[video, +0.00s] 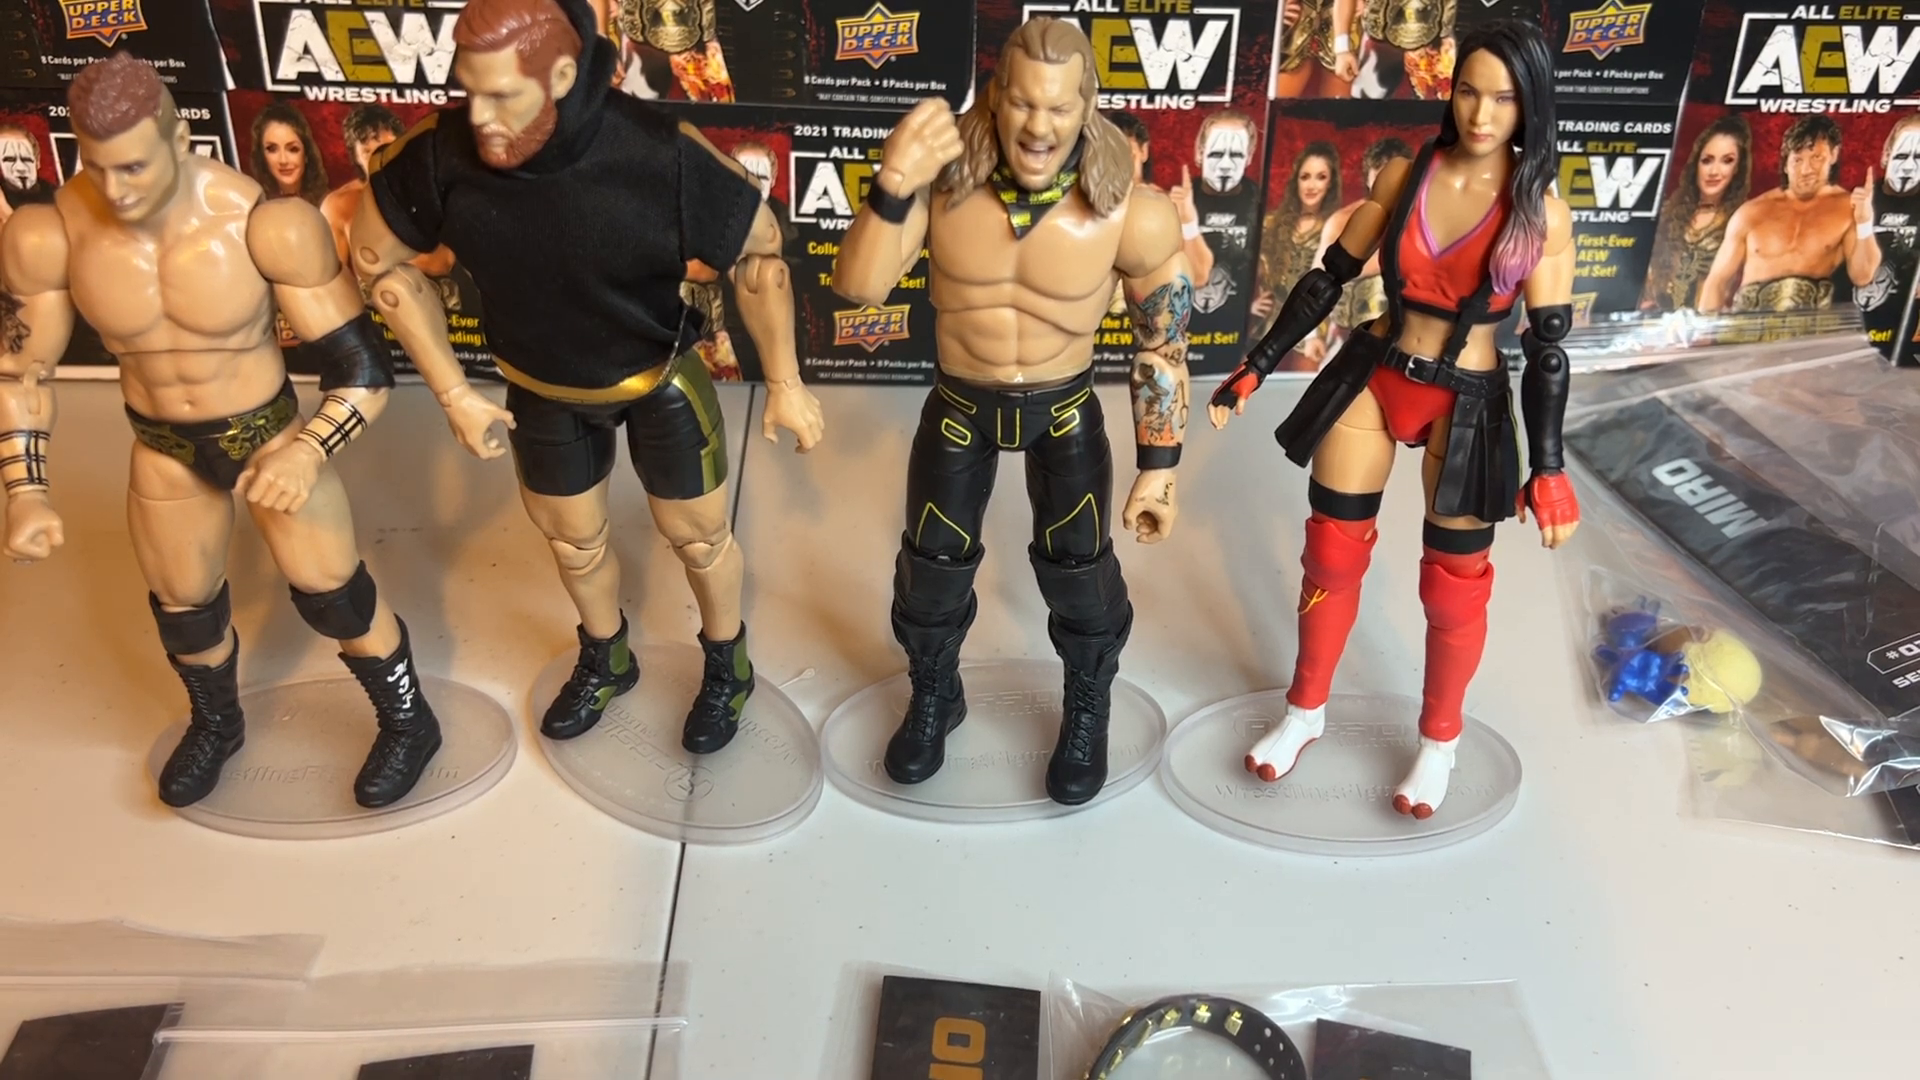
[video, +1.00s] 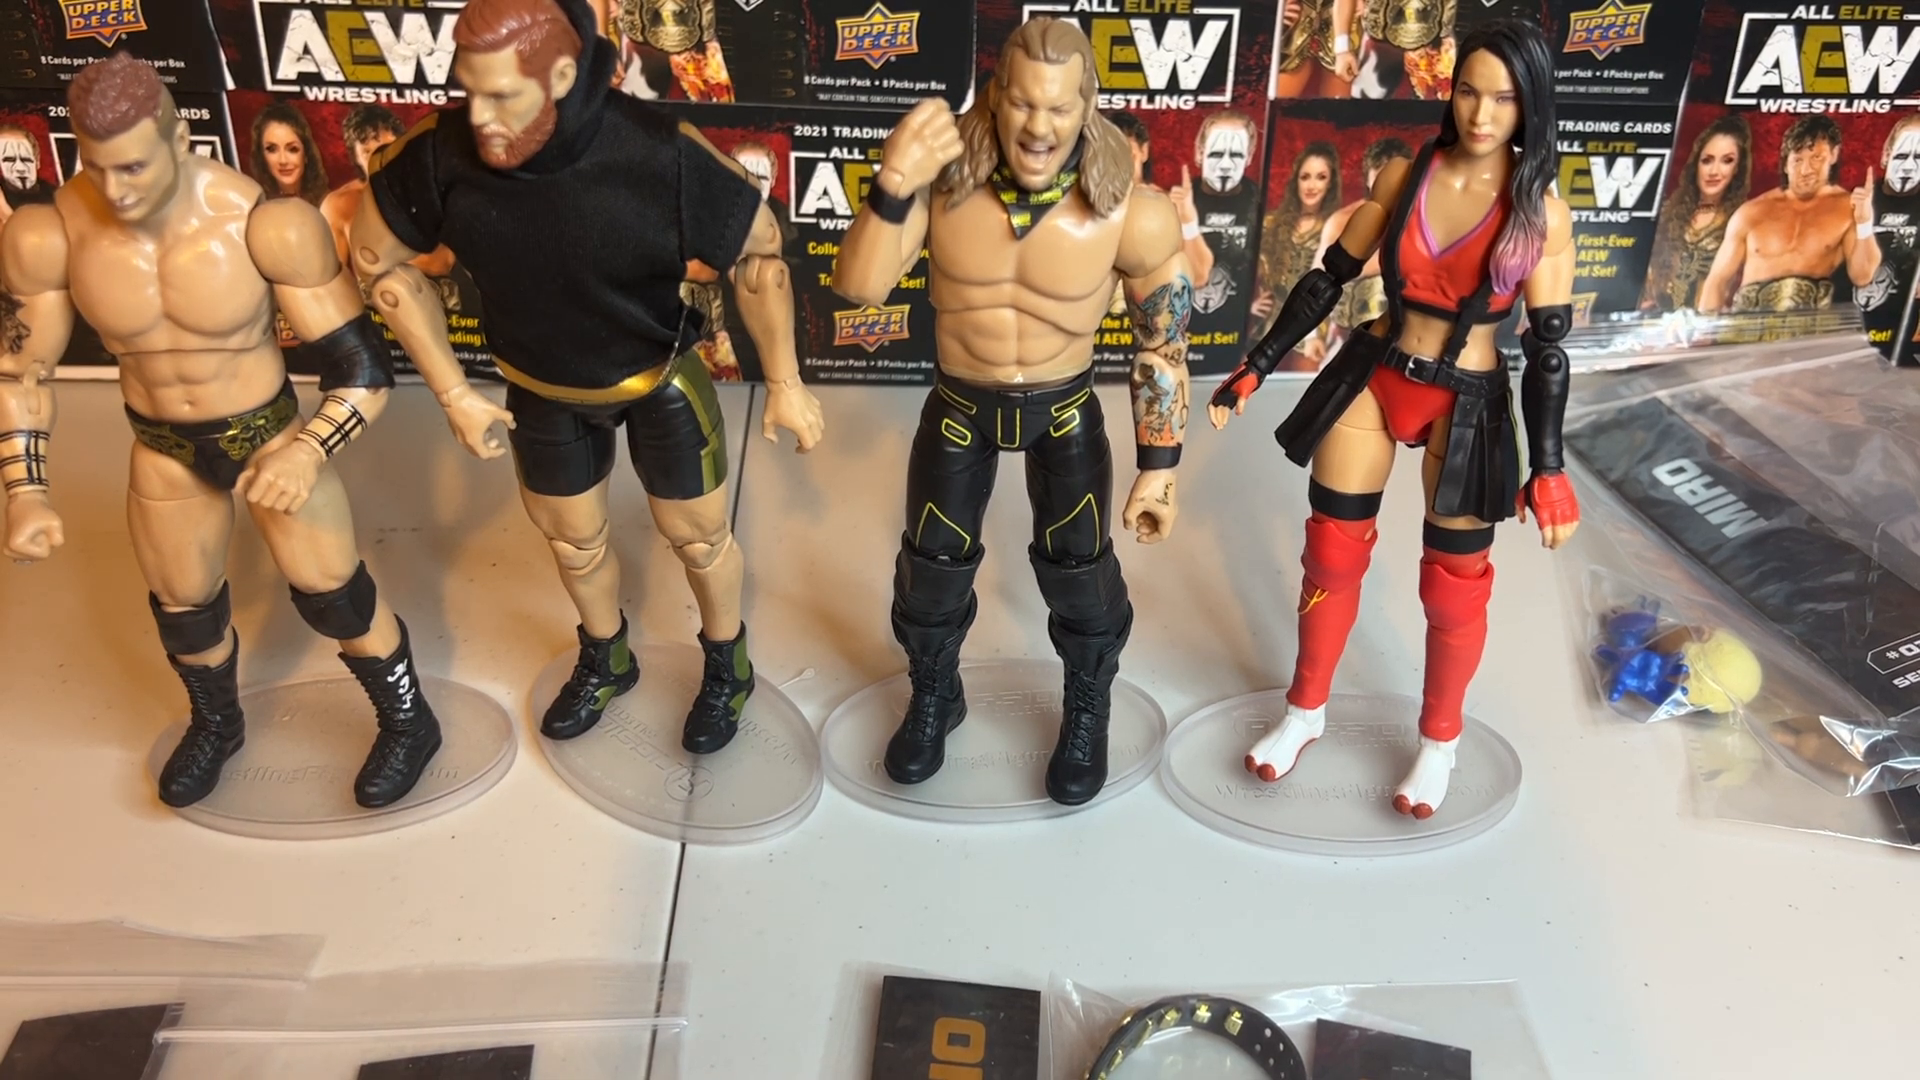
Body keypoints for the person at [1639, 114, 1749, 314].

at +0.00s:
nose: (1714, 171)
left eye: (1727, 161)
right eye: (1707, 160)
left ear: (1739, 168)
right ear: (1695, 164)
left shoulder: (1742, 220)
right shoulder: (1670, 213)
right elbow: (1654, 267)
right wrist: (1649, 299)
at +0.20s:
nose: (1714, 171)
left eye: (1727, 160)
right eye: (1706, 160)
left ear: (1738, 167)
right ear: (1695, 164)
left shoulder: (1742, 220)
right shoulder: (1670, 213)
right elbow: (1654, 269)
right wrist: (1649, 301)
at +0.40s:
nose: (1715, 171)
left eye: (1727, 161)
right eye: (1707, 160)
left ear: (1739, 168)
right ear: (1695, 164)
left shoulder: (1743, 219)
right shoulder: (1671, 211)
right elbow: (1655, 265)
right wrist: (1650, 299)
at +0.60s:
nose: (1715, 172)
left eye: (1728, 161)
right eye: (1707, 161)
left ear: (1739, 169)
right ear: (1696, 164)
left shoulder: (1743, 220)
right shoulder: (1670, 213)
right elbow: (1655, 267)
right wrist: (1650, 300)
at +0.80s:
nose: (1715, 172)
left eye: (1728, 161)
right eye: (1707, 161)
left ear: (1739, 168)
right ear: (1696, 164)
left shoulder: (1743, 220)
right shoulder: (1670, 213)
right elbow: (1655, 267)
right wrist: (1649, 301)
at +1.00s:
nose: (1714, 171)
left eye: (1727, 161)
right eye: (1707, 160)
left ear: (1738, 168)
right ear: (1695, 164)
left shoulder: (1743, 219)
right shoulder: (1670, 213)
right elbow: (1654, 266)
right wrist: (1650, 299)